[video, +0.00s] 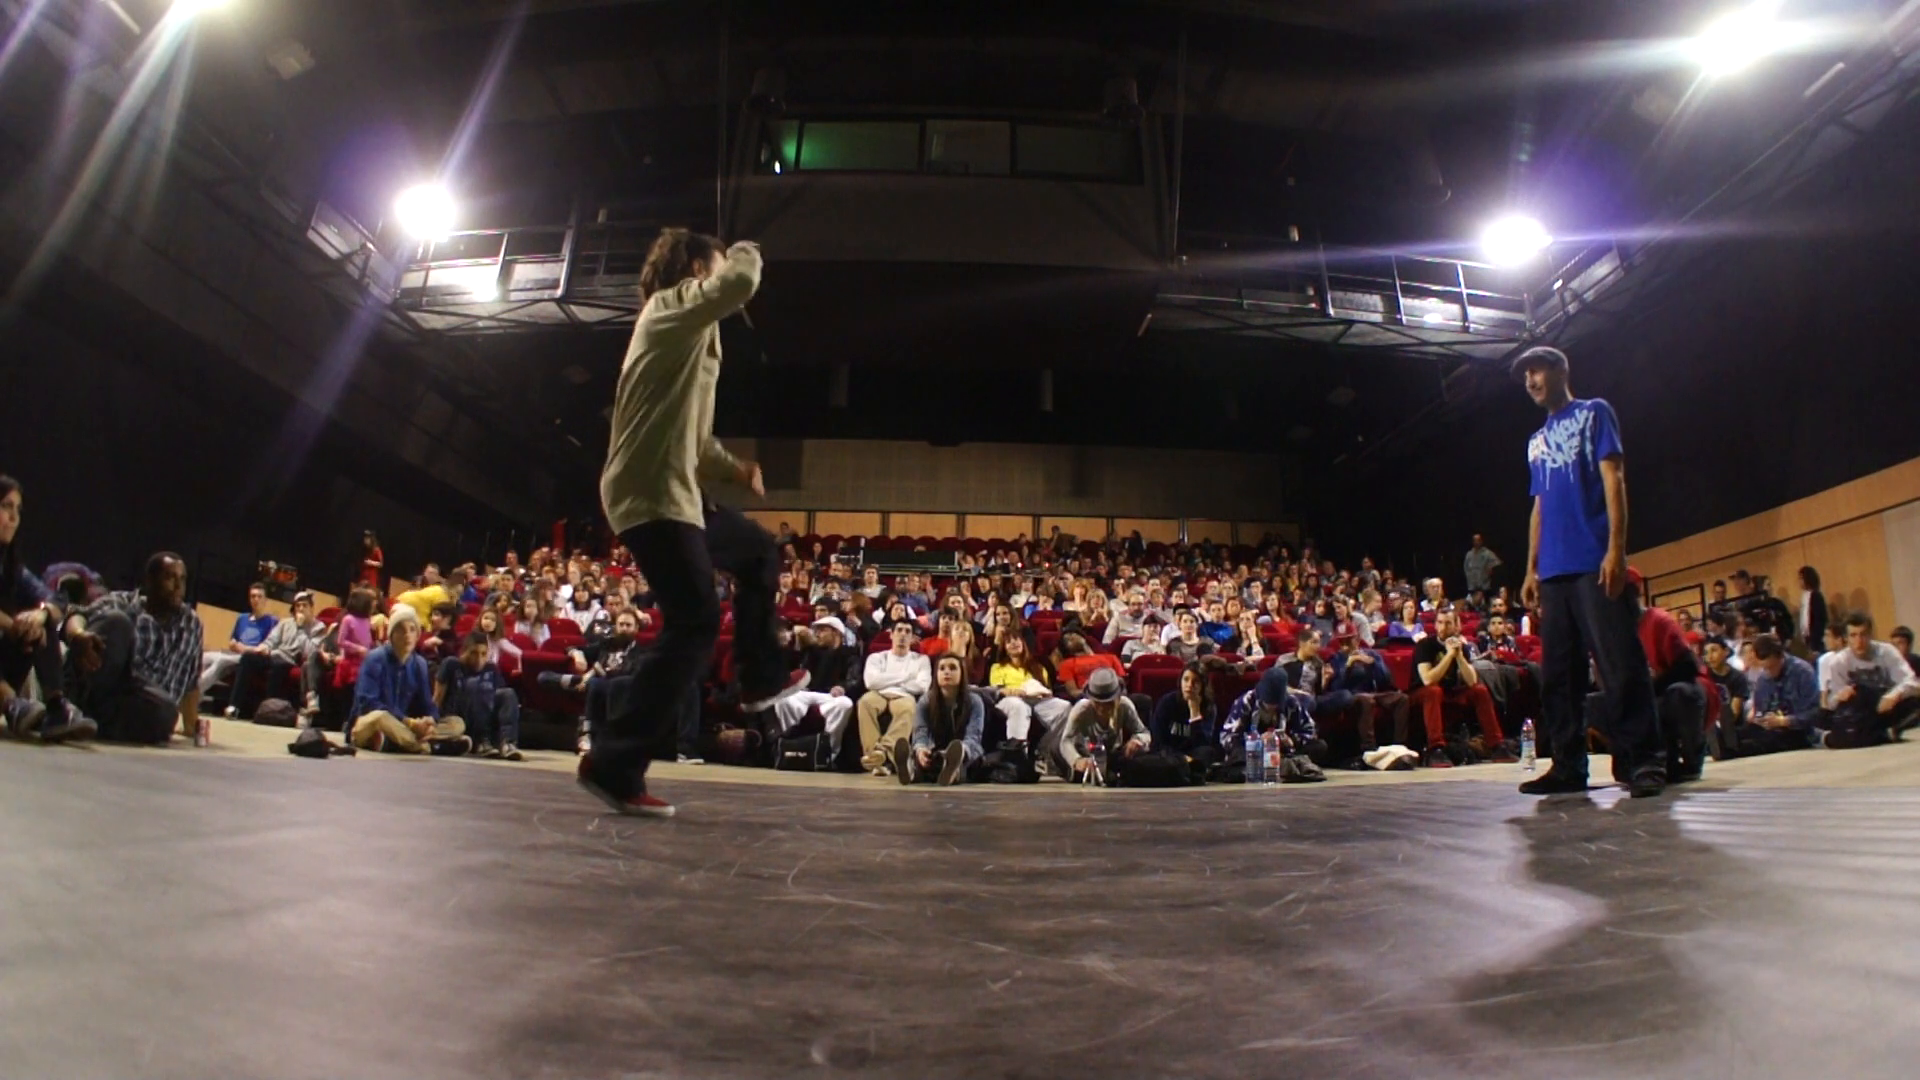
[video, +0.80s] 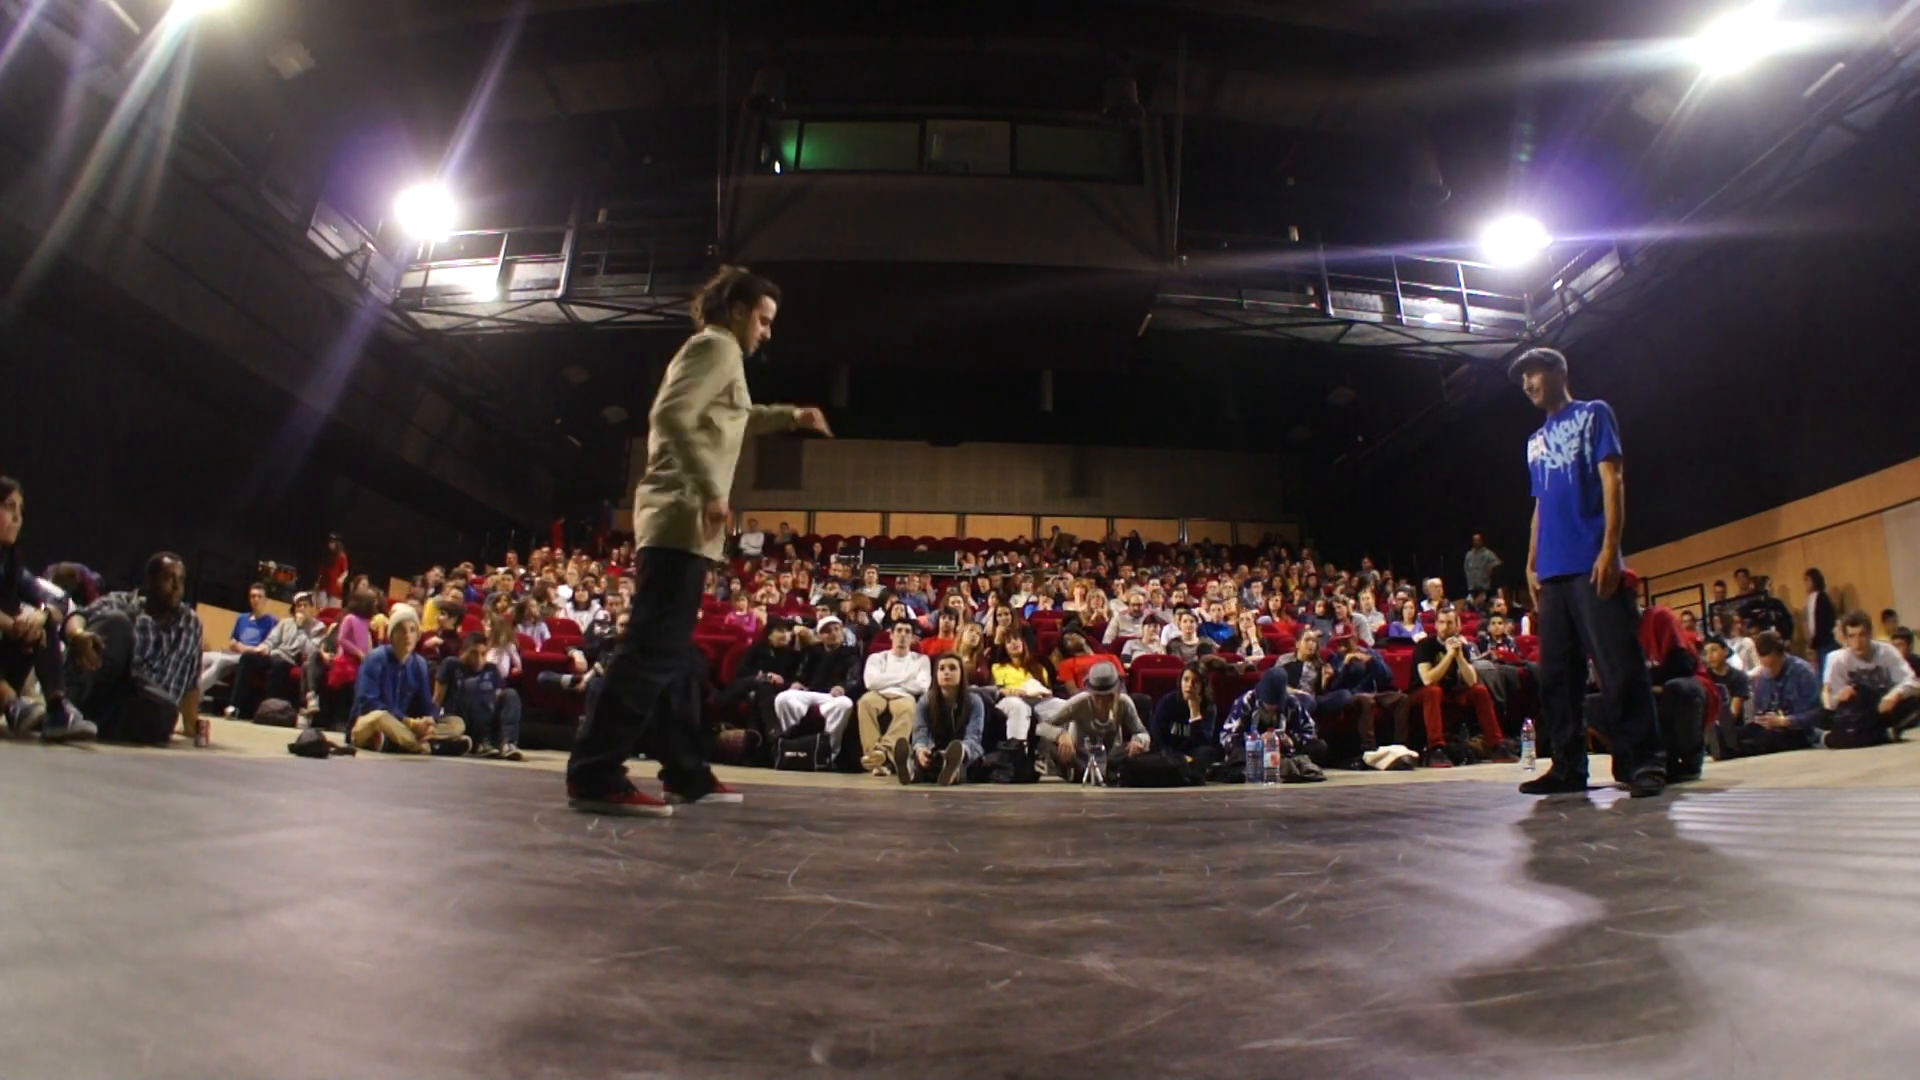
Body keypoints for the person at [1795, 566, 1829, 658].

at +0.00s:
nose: (1800, 581)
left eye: (1802, 578)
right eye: (1800, 578)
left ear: (1808, 579)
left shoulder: (1816, 596)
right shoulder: (1804, 595)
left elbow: (1819, 620)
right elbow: (1803, 616)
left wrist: (1814, 641)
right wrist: (1801, 635)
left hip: (1813, 640)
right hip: (1804, 639)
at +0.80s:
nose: (1805, 584)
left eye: (1807, 580)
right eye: (1805, 580)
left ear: (1814, 581)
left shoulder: (1821, 598)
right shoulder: (1811, 598)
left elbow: (1822, 623)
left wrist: (1814, 644)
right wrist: (1810, 639)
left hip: (1823, 644)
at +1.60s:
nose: (1796, 591)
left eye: (1797, 588)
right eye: (1796, 588)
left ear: (1801, 588)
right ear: (1808, 584)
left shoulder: (1810, 603)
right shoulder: (1818, 598)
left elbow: (1812, 626)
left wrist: (1810, 645)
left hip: (1821, 647)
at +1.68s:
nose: (1793, 590)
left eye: (1794, 587)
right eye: (1793, 587)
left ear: (1799, 587)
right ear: (1806, 585)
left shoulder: (1807, 603)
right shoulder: (1813, 599)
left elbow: (1808, 627)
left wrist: (1807, 645)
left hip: (1819, 647)